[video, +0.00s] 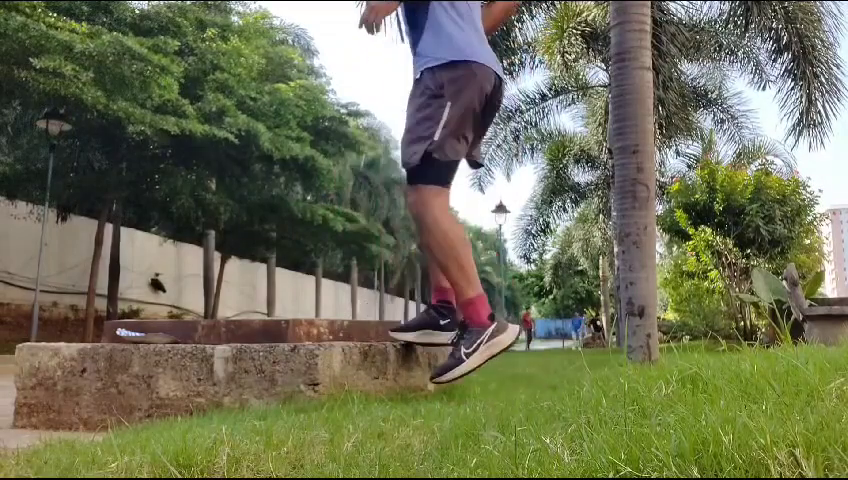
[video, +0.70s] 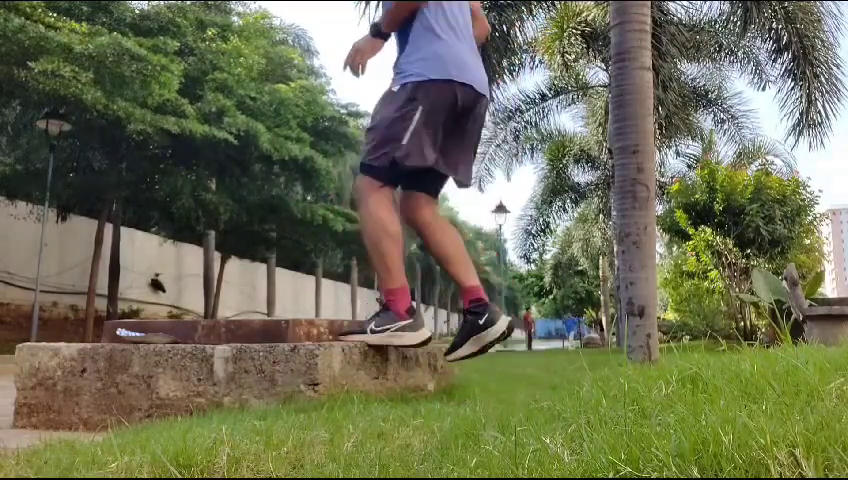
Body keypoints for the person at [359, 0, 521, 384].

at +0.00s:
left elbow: (378, 12)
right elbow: (508, 2)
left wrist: (380, 8)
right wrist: (469, 34)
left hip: (449, 62)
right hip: (485, 70)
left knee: (425, 195)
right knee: (427, 194)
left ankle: (480, 323)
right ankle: (443, 307)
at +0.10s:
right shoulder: (484, 5)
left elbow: (420, 4)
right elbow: (525, 17)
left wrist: (393, 33)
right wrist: (481, 52)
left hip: (458, 96)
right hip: (496, 105)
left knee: (458, 239)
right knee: (405, 203)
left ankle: (502, 370)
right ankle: (473, 307)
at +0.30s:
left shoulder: (427, 2)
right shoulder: (485, 6)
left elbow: (460, 4)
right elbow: (524, 42)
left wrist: (404, 61)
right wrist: (480, 90)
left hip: (453, 110)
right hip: (490, 116)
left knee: (441, 247)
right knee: (447, 247)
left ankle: (509, 372)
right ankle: (509, 365)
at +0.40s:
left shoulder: (426, 3)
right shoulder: (469, 17)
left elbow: (472, 10)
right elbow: (508, 70)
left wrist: (410, 74)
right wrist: (458, 102)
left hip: (455, 122)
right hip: (500, 132)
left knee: (382, 230)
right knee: (463, 258)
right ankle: (516, 373)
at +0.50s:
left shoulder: (420, 5)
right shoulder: (457, 17)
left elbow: (466, 3)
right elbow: (491, 67)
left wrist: (407, 65)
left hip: (450, 107)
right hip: (495, 123)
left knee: (353, 186)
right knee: (471, 247)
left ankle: (423, 277)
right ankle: (514, 369)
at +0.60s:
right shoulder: (464, 4)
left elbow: (430, 1)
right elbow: (484, 36)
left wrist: (390, 41)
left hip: (436, 80)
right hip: (485, 95)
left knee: (356, 184)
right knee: (456, 224)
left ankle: (394, 300)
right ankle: (503, 342)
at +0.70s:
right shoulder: (463, 2)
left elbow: (408, 3)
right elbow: (481, 27)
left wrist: (377, 34)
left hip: (427, 73)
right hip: (473, 84)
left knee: (371, 186)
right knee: (419, 204)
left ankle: (398, 310)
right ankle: (479, 309)